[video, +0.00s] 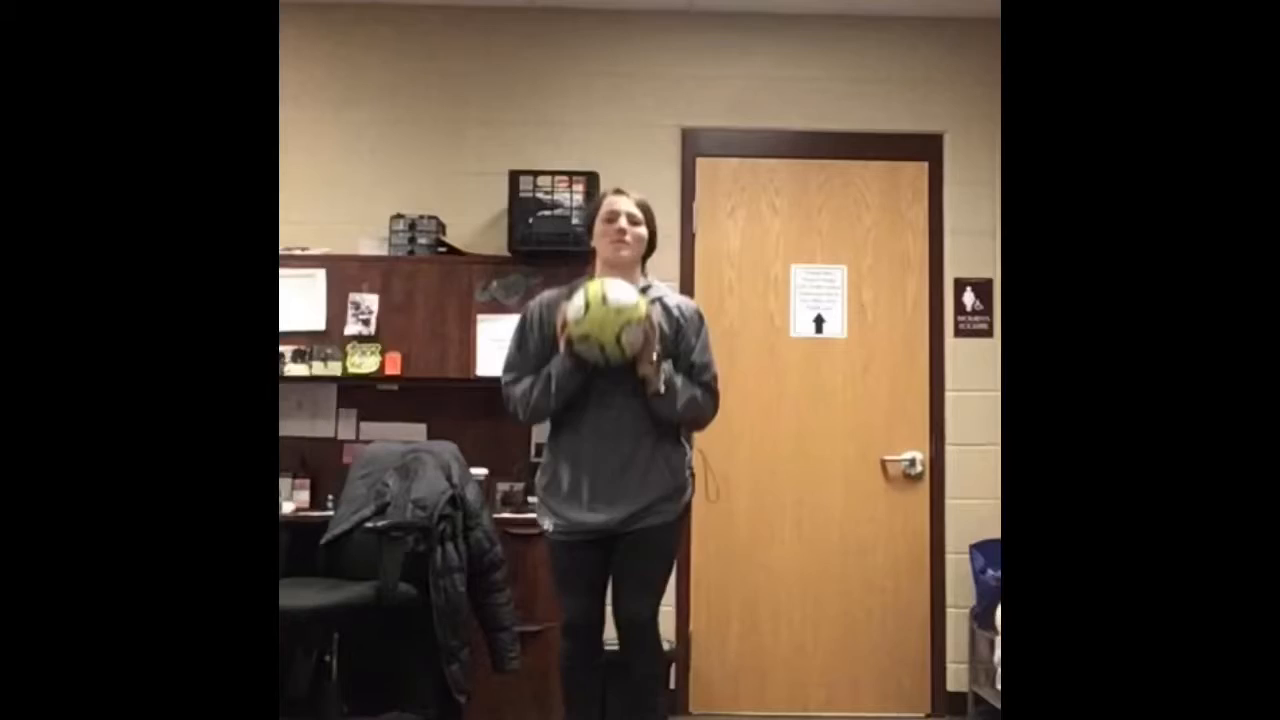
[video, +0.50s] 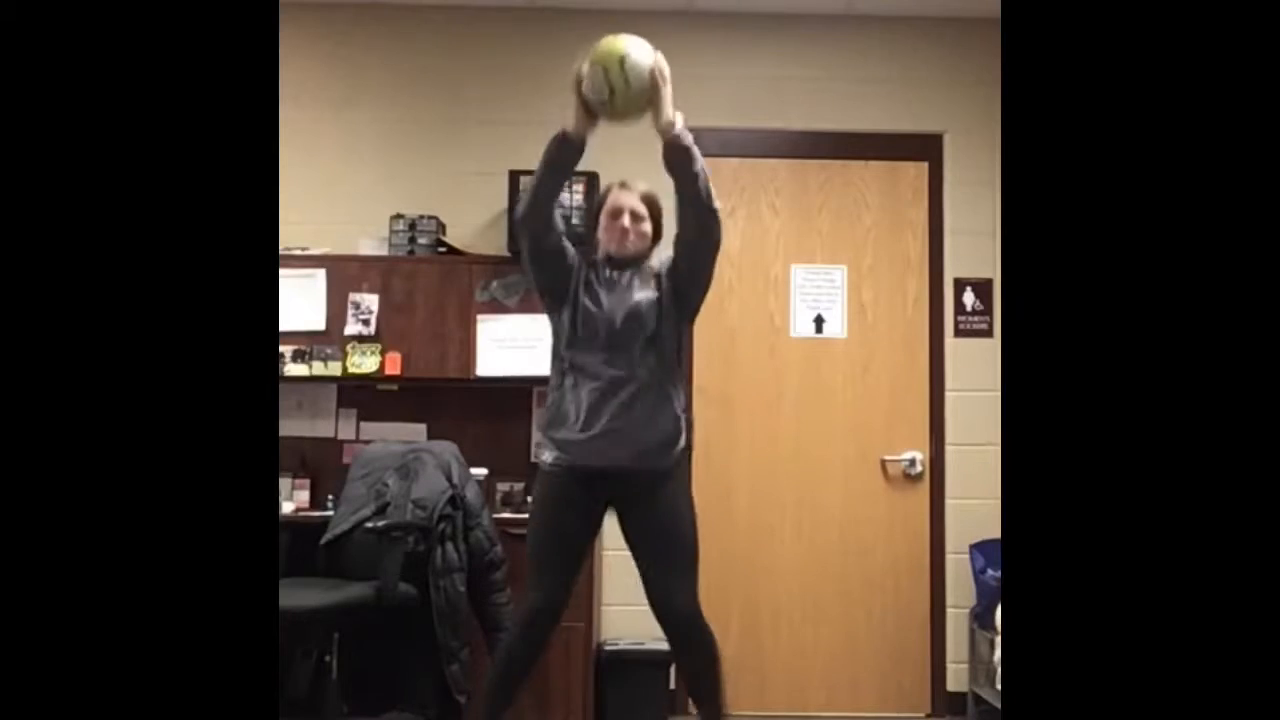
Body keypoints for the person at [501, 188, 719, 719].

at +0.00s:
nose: (622, 227)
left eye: (634, 221)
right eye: (611, 219)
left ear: (649, 240)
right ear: (592, 236)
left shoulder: (679, 313)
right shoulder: (547, 310)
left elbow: (702, 408)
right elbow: (519, 402)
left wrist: (652, 368)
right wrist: (573, 358)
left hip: (652, 506)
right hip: (572, 506)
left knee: (637, 626)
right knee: (579, 632)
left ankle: (647, 714)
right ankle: (583, 715)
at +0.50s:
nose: (624, 220)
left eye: (635, 214)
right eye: (614, 212)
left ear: (654, 233)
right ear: (594, 228)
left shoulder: (672, 289)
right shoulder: (569, 282)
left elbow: (703, 227)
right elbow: (534, 222)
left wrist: (671, 128)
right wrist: (575, 129)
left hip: (654, 469)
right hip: (571, 467)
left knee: (681, 615)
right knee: (539, 609)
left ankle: (714, 714)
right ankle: (482, 712)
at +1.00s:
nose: (632, 226)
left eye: (644, 219)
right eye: (621, 218)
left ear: (660, 239)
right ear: (601, 233)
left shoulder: (685, 316)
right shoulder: (562, 313)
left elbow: (694, 416)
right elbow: (542, 405)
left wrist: (656, 361)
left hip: (658, 492)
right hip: (579, 491)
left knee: (650, 625)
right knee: (584, 622)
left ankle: (646, 714)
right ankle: (591, 711)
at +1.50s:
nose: (630, 248)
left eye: (641, 242)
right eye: (618, 241)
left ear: (657, 262)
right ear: (596, 260)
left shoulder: (675, 317)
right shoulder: (577, 314)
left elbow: (691, 232)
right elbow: (570, 222)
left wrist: (675, 122)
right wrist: (588, 118)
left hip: (659, 507)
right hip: (580, 506)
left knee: (693, 646)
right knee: (549, 644)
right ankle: (505, 713)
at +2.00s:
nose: (640, 238)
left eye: (651, 233)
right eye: (627, 232)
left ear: (666, 254)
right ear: (608, 252)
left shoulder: (698, 330)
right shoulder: (570, 332)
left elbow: (719, 431)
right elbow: (546, 433)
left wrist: (669, 375)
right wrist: (589, 379)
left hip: (673, 516)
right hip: (593, 516)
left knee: (658, 644)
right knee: (606, 643)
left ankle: (657, 717)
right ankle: (606, 717)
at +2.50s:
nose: (628, 232)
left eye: (637, 221)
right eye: (616, 223)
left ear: (655, 238)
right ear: (599, 239)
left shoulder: (676, 298)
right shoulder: (584, 292)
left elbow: (697, 238)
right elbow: (568, 222)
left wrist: (678, 142)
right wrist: (589, 127)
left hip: (654, 473)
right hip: (582, 470)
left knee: (683, 624)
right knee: (557, 619)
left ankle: (720, 709)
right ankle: (524, 711)